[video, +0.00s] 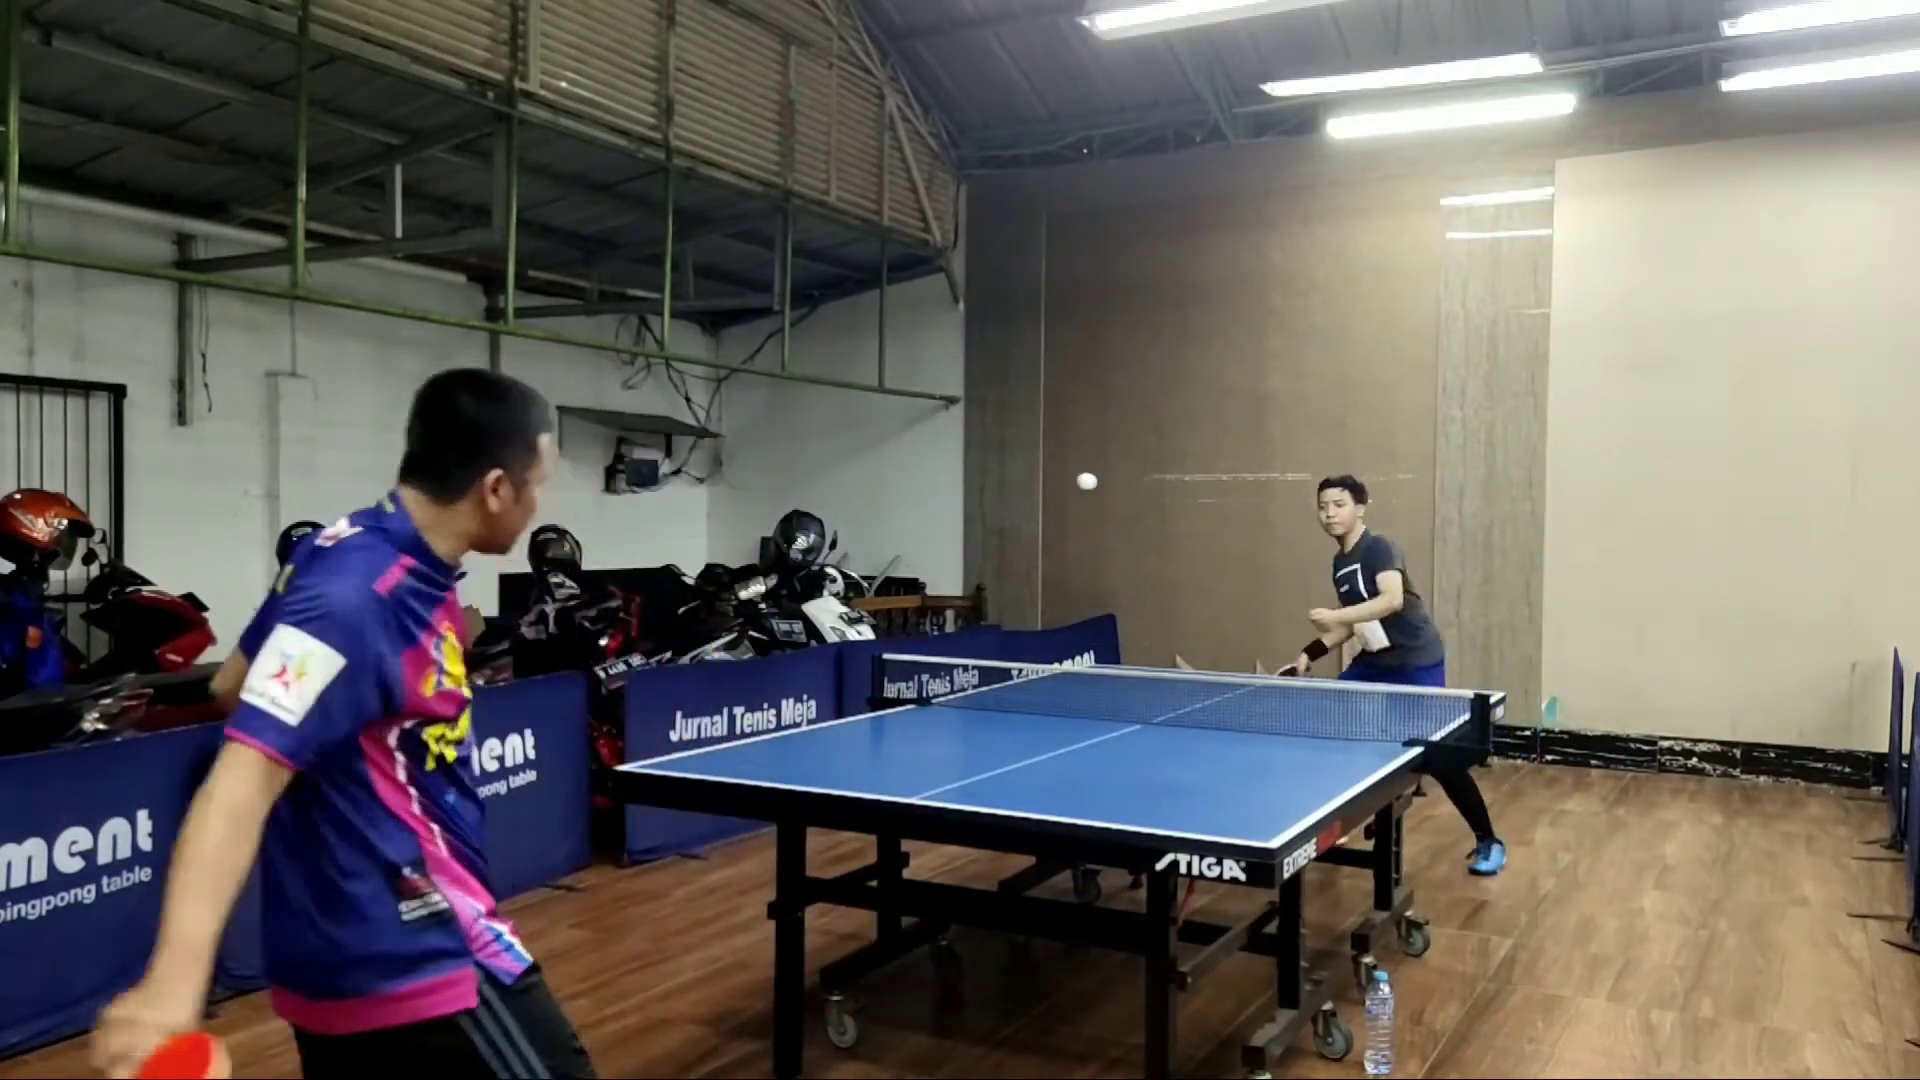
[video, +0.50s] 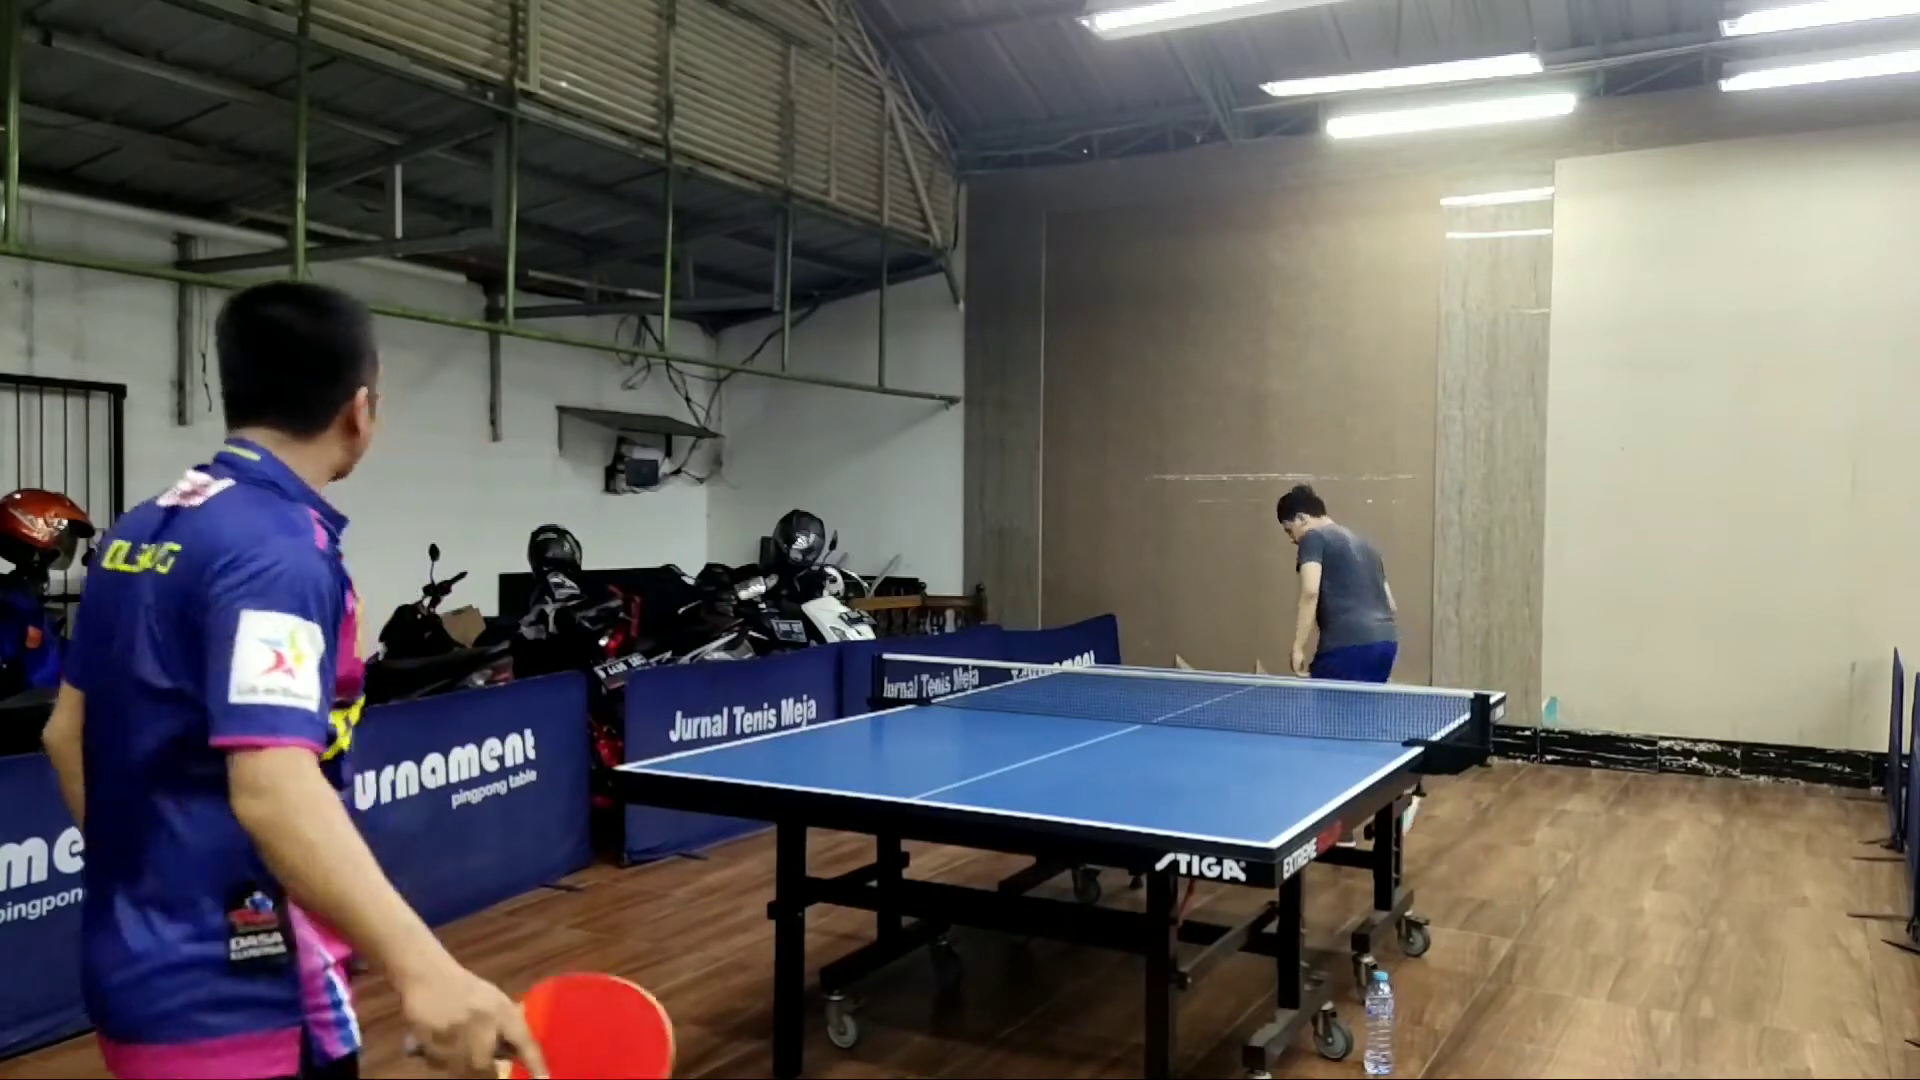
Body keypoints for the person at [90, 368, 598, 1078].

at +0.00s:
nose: (537, 502)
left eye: (541, 485)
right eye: (536, 485)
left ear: (418, 459)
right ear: (494, 489)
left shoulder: (360, 551)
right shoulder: (351, 597)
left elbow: (235, 684)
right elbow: (240, 783)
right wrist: (173, 988)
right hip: (427, 976)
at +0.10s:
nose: (487, 475)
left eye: (489, 455)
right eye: (486, 455)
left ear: (363, 440)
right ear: (444, 465)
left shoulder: (351, 548)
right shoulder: (306, 566)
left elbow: (198, 699)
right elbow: (203, 733)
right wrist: (118, 926)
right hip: (367, 958)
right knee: (489, 1065)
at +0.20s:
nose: (444, 443)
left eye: (445, 424)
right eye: (442, 424)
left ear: (318, 416)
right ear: (402, 435)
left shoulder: (280, 518)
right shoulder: (278, 538)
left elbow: (156, 698)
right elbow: (187, 710)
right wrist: (147, 884)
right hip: (352, 957)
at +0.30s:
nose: (413, 422)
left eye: (412, 401)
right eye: (410, 402)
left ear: (282, 400)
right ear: (369, 417)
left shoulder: (213, 510)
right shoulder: (266, 529)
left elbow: (119, 706)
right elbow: (198, 725)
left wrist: (203, 851)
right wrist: (230, 896)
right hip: (336, 958)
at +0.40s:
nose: (391, 418)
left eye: (390, 397)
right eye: (389, 398)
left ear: (254, 398)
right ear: (352, 413)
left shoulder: (169, 523)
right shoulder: (267, 541)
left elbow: (90, 722)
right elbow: (231, 762)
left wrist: (179, 858)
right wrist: (333, 928)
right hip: (279, 1003)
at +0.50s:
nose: (374, 419)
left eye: (374, 396)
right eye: (376, 397)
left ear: (236, 394)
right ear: (357, 410)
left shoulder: (139, 528)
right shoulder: (276, 547)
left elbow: (70, 735)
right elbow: (275, 785)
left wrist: (148, 875)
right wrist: (427, 970)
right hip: (248, 1010)